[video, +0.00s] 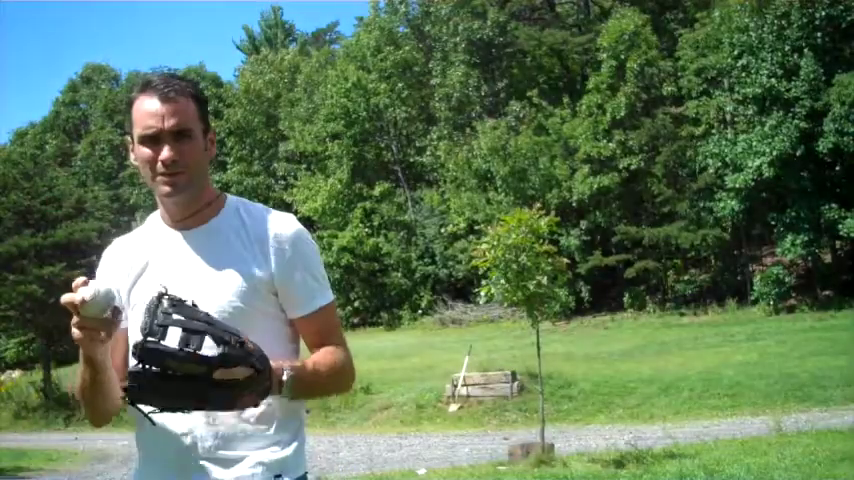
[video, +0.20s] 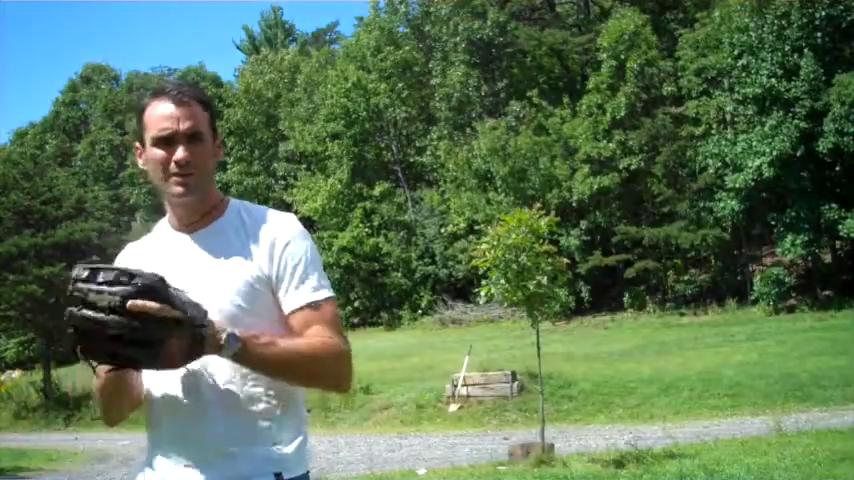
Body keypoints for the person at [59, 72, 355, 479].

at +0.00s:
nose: (167, 155)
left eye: (182, 136)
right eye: (151, 140)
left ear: (209, 143)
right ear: (133, 152)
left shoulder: (278, 236)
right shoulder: (120, 258)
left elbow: (339, 368)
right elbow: (101, 412)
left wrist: (274, 376)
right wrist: (93, 350)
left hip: (265, 469)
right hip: (162, 471)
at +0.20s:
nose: (181, 156)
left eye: (194, 140)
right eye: (166, 143)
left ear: (217, 149)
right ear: (141, 157)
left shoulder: (276, 234)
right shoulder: (134, 261)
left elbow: (336, 367)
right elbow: (113, 411)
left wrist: (221, 341)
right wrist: (122, 347)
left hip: (269, 466)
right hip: (172, 467)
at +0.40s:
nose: (199, 149)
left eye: (210, 134)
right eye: (181, 136)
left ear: (226, 146)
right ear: (151, 154)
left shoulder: (278, 235)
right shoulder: (142, 258)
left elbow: (315, 372)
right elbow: (157, 396)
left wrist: (187, 349)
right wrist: (116, 402)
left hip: (268, 468)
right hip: (170, 469)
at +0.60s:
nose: (211, 141)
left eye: (222, 128)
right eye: (192, 128)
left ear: (235, 142)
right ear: (159, 148)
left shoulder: (284, 228)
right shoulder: (156, 254)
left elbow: (326, 362)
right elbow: (163, 375)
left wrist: (196, 312)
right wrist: (124, 468)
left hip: (273, 467)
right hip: (172, 468)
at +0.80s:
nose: (232, 128)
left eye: (241, 115)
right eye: (212, 116)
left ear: (254, 129)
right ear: (177, 138)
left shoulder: (307, 218)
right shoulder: (174, 241)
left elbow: (376, 346)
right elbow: (156, 364)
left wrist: (247, 285)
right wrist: (57, 409)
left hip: (295, 468)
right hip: (190, 468)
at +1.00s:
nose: (275, 111)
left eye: (281, 98)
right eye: (254, 98)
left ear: (290, 111)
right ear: (212, 121)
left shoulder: (354, 213)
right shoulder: (190, 230)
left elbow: (445, 352)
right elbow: (98, 321)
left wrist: (352, 301)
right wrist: (9, 279)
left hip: (335, 465)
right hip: (220, 465)